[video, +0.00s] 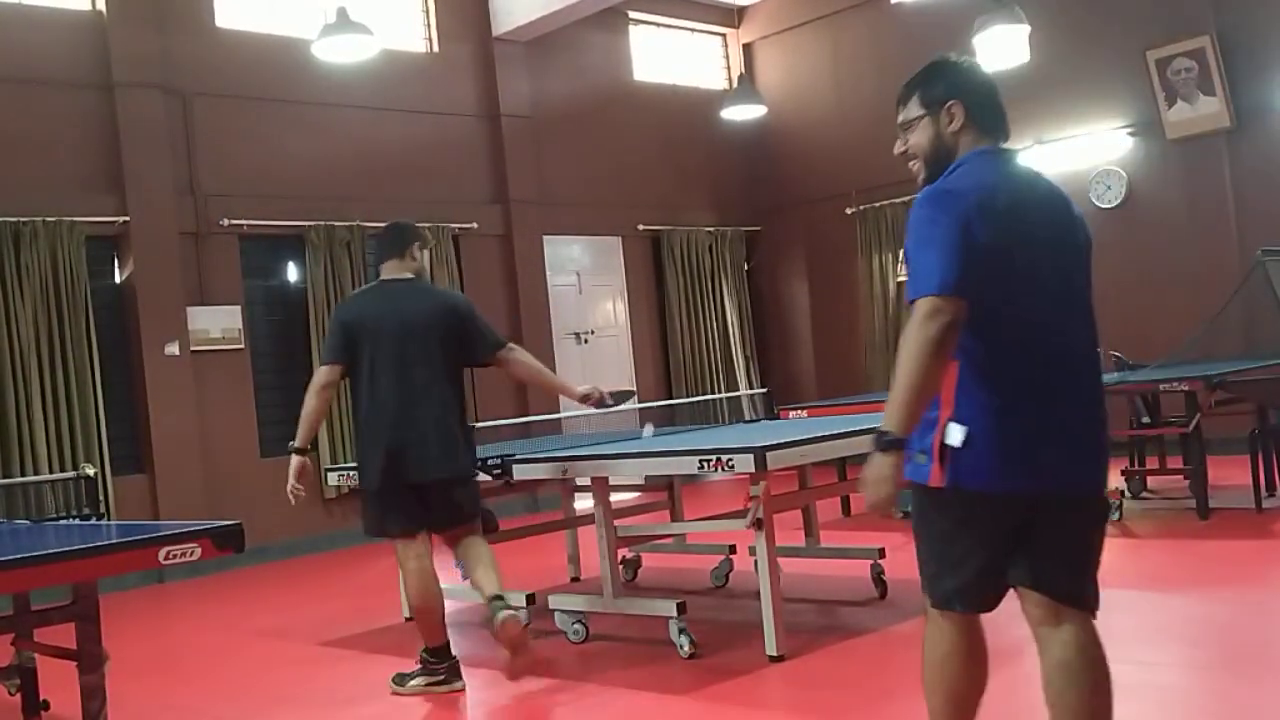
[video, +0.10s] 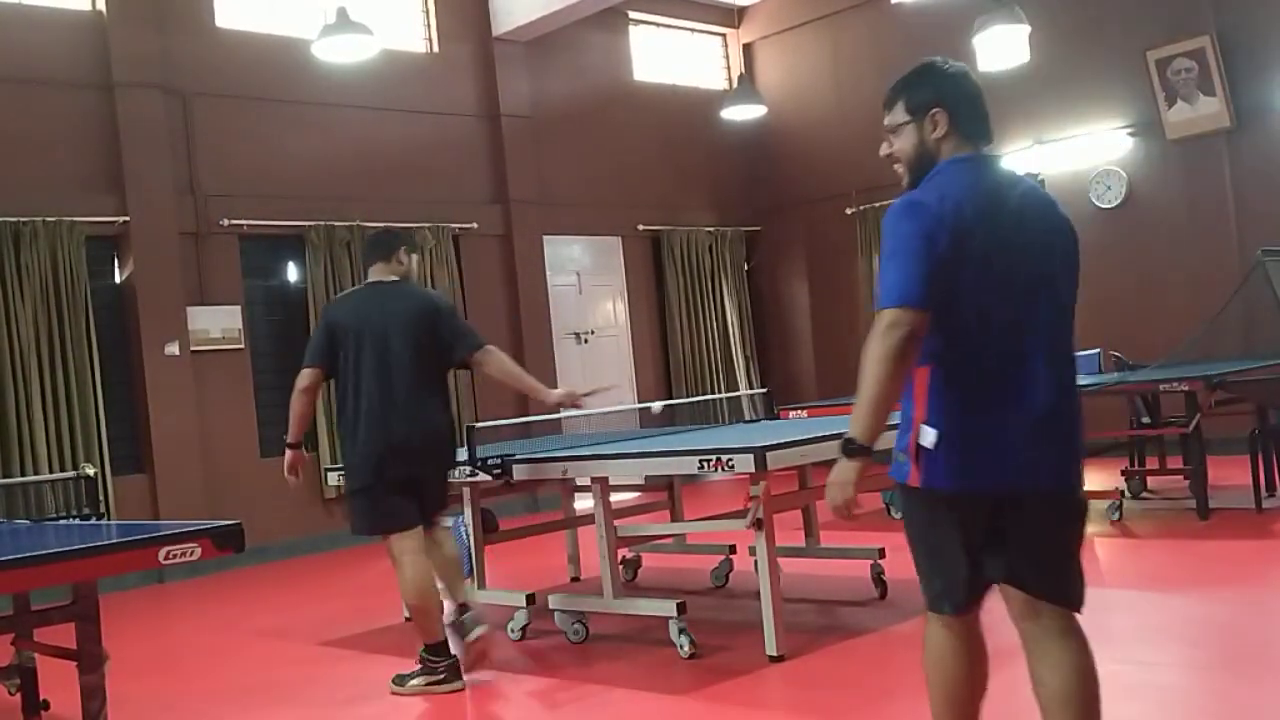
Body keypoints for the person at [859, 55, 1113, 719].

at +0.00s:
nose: (901, 148)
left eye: (907, 127)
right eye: (898, 133)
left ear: (952, 116)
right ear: (968, 121)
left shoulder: (945, 200)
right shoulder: (1056, 200)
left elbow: (937, 311)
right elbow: (1069, 334)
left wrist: (889, 443)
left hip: (974, 457)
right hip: (1071, 452)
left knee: (950, 613)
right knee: (1061, 614)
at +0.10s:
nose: (886, 150)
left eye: (893, 131)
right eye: (884, 135)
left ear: (938, 123)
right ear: (952, 125)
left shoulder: (921, 211)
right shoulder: (1048, 209)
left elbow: (898, 326)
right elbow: (1050, 337)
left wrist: (855, 450)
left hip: (948, 464)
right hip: (1046, 456)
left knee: (949, 614)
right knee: (1045, 610)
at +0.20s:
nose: (874, 152)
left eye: (881, 134)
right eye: (873, 137)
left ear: (922, 129)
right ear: (939, 130)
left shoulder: (894, 219)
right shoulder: (1036, 210)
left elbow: (861, 337)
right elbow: (1051, 334)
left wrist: (829, 451)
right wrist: (1015, 403)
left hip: (933, 453)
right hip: (1027, 446)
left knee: (936, 609)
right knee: (1033, 600)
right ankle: (1068, 716)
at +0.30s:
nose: (869, 155)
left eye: (872, 139)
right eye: (868, 141)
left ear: (906, 134)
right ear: (952, 133)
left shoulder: (880, 223)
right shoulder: (1028, 213)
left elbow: (836, 345)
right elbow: (1054, 332)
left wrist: (807, 451)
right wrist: (1035, 410)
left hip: (920, 454)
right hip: (1014, 445)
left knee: (933, 602)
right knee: (1024, 580)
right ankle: (1057, 713)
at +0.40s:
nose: (867, 154)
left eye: (868, 140)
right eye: (866, 141)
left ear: (894, 136)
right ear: (953, 134)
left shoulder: (869, 221)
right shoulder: (1019, 213)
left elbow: (824, 341)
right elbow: (1050, 333)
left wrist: (805, 433)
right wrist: (1049, 425)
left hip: (913, 447)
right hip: (1007, 439)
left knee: (934, 596)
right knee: (1019, 570)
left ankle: (947, 719)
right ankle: (1040, 711)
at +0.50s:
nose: (871, 153)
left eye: (872, 140)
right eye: (872, 141)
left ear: (891, 141)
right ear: (955, 139)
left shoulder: (864, 226)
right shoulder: (1013, 216)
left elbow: (822, 341)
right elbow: (1051, 334)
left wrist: (814, 416)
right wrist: (1063, 429)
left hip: (912, 447)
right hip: (1005, 438)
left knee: (935, 595)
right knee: (1018, 572)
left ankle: (948, 719)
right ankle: (1038, 711)